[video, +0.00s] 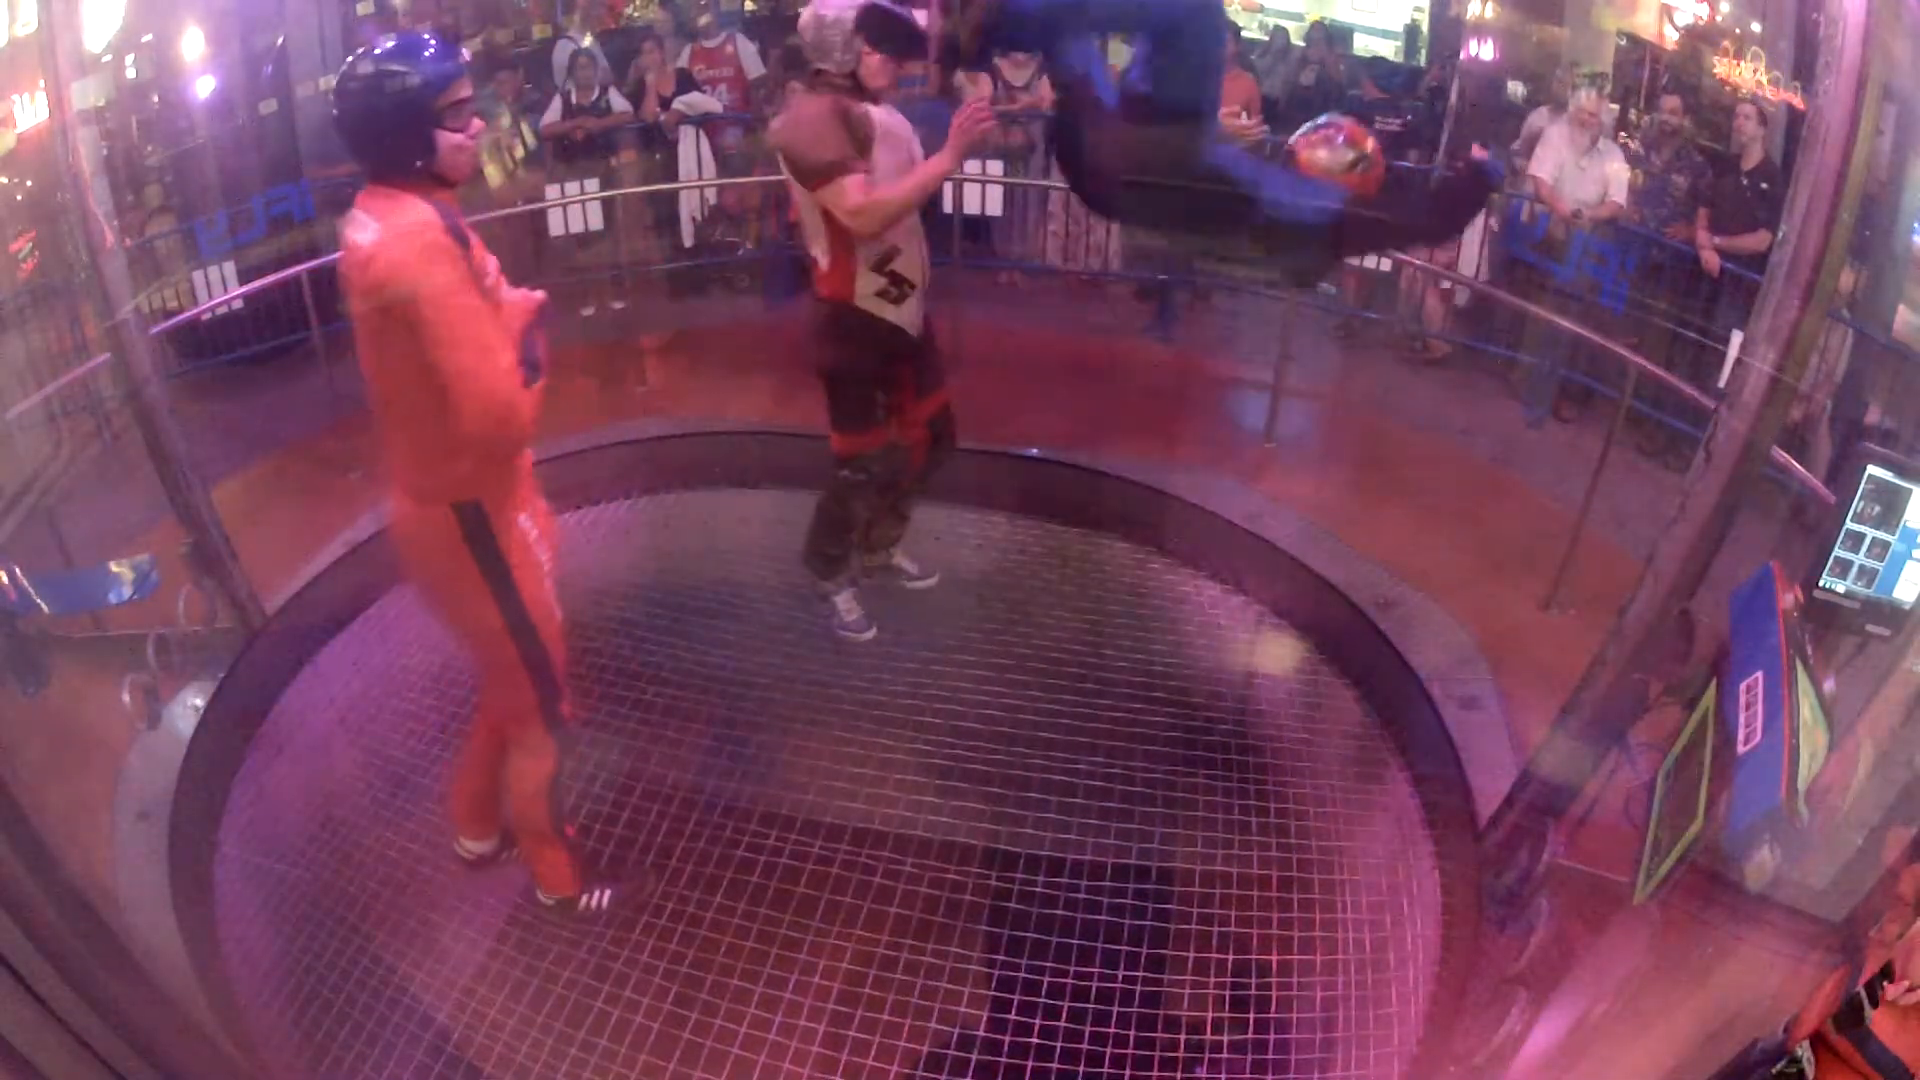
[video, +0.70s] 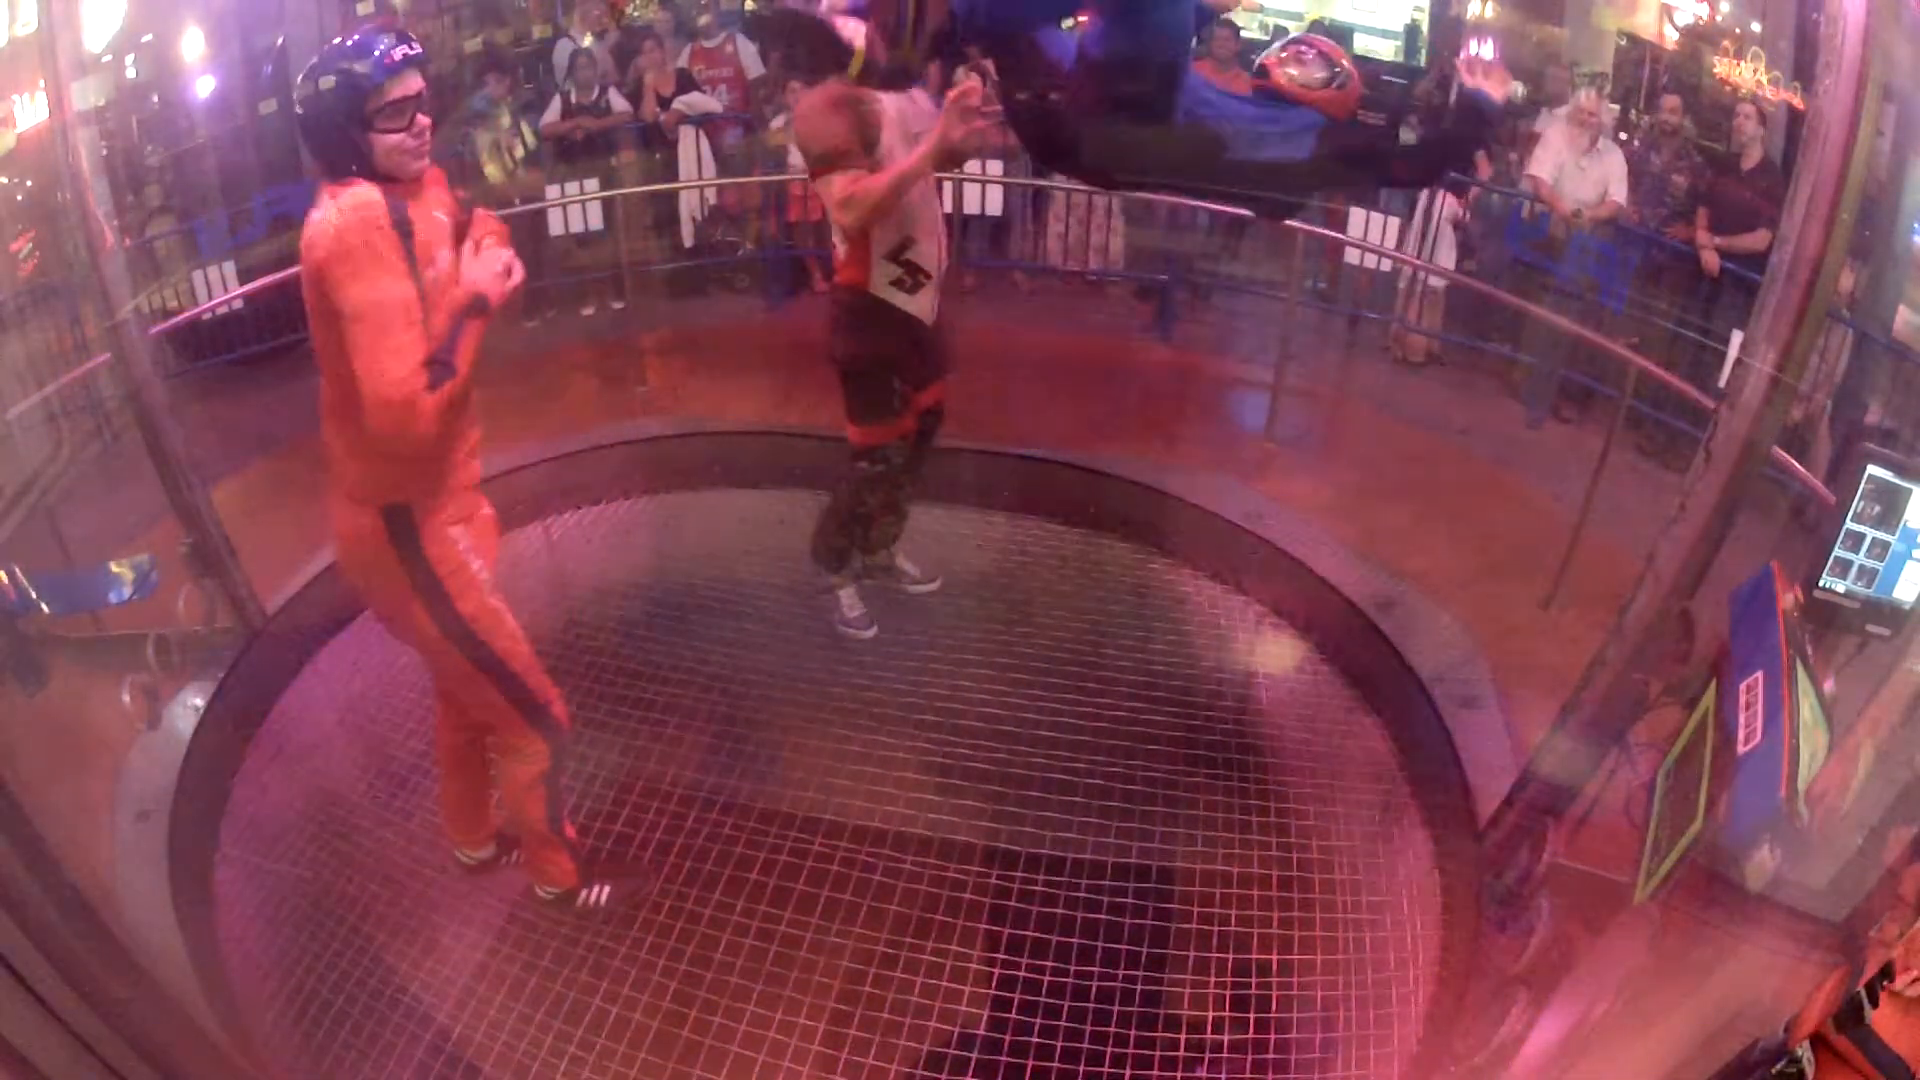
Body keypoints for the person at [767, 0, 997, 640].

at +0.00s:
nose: (897, 73)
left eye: (900, 62)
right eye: (888, 60)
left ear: (880, 60)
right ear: (853, 53)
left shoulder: (880, 115)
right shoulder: (811, 121)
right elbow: (860, 215)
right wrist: (950, 155)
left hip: (903, 314)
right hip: (851, 319)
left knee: (929, 438)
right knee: (865, 459)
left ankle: (879, 547)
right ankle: (830, 574)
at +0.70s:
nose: (843, 167)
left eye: (847, 153)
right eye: (832, 160)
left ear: (864, 132)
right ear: (824, 154)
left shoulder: (900, 124)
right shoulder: (836, 180)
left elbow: (950, 147)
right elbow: (860, 208)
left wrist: (966, 118)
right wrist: (935, 147)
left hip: (915, 315)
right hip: (865, 319)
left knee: (918, 440)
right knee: (878, 456)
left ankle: (880, 550)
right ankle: (834, 569)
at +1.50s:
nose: (743, 76)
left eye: (753, 65)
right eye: (727, 66)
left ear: (766, 75)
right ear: (699, 77)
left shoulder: (782, 143)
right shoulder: (662, 164)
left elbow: (803, 241)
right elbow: (652, 273)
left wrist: (823, 233)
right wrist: (754, 281)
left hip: (790, 340)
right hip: (714, 352)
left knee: (850, 471)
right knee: (723, 489)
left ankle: (847, 561)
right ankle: (708, 598)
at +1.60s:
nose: (722, 71)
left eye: (733, 58)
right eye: (705, 60)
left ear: (749, 68)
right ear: (677, 75)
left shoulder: (767, 138)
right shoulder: (647, 158)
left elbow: (792, 223)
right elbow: (636, 271)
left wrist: (798, 256)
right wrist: (724, 273)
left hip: (778, 340)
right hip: (706, 352)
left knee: (839, 475)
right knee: (718, 487)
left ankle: (812, 571)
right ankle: (706, 596)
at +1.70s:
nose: (709, 68)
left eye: (720, 56)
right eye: (692, 57)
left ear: (734, 65)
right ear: (664, 70)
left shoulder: (756, 136)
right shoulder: (637, 153)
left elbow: (777, 233)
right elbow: (625, 267)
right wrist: (710, 272)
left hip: (777, 341)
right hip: (702, 351)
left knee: (827, 480)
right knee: (712, 488)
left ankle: (776, 589)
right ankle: (708, 598)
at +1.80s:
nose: (700, 71)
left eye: (709, 58)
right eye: (683, 60)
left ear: (724, 66)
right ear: (655, 73)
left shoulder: (743, 129)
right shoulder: (626, 156)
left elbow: (773, 206)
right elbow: (619, 275)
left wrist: (784, 207)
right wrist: (704, 256)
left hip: (773, 342)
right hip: (701, 355)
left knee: (808, 486)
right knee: (724, 492)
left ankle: (768, 600)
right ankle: (709, 598)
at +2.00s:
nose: (694, 96)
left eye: (701, 82)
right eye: (676, 86)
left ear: (712, 86)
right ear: (641, 98)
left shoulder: (734, 151)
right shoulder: (611, 186)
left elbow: (778, 224)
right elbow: (594, 315)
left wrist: (771, 243)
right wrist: (682, 325)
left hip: (773, 382)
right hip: (704, 401)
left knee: (803, 505)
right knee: (766, 572)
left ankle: (774, 614)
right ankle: (707, 604)